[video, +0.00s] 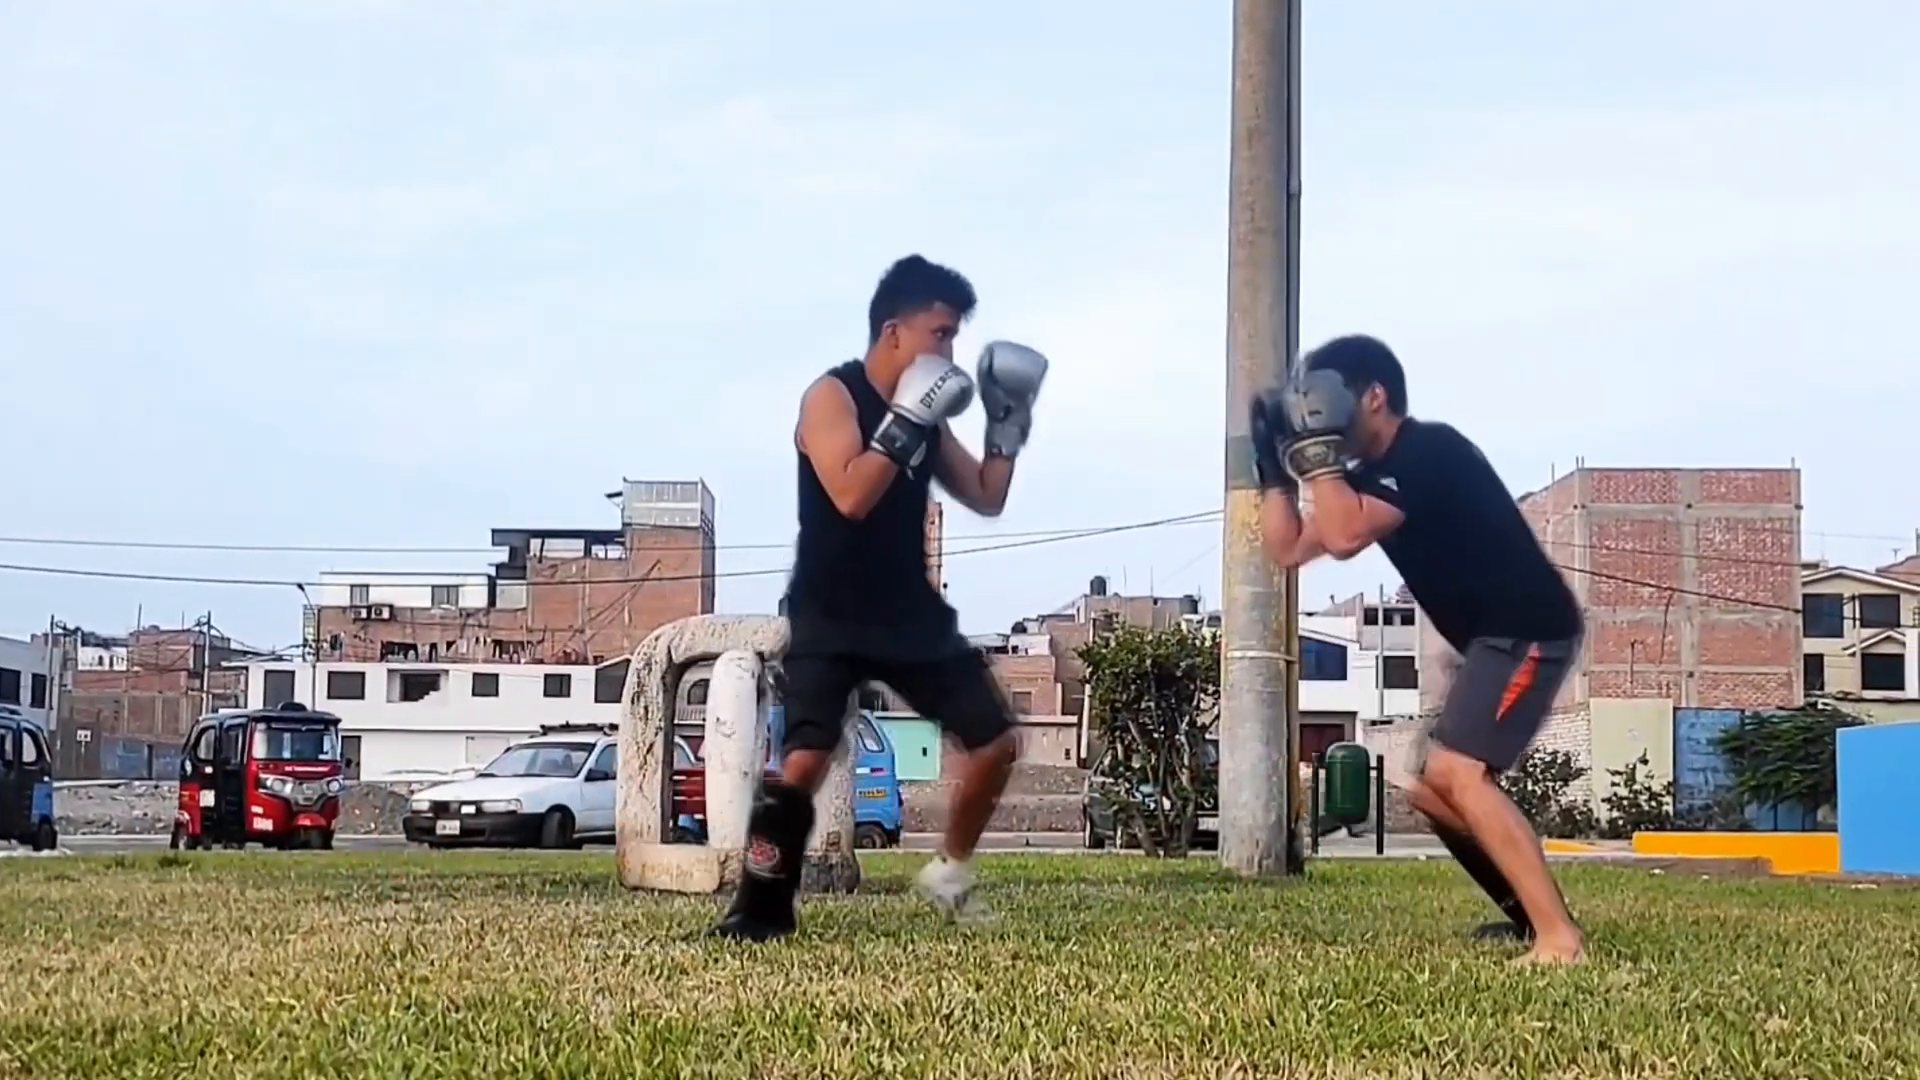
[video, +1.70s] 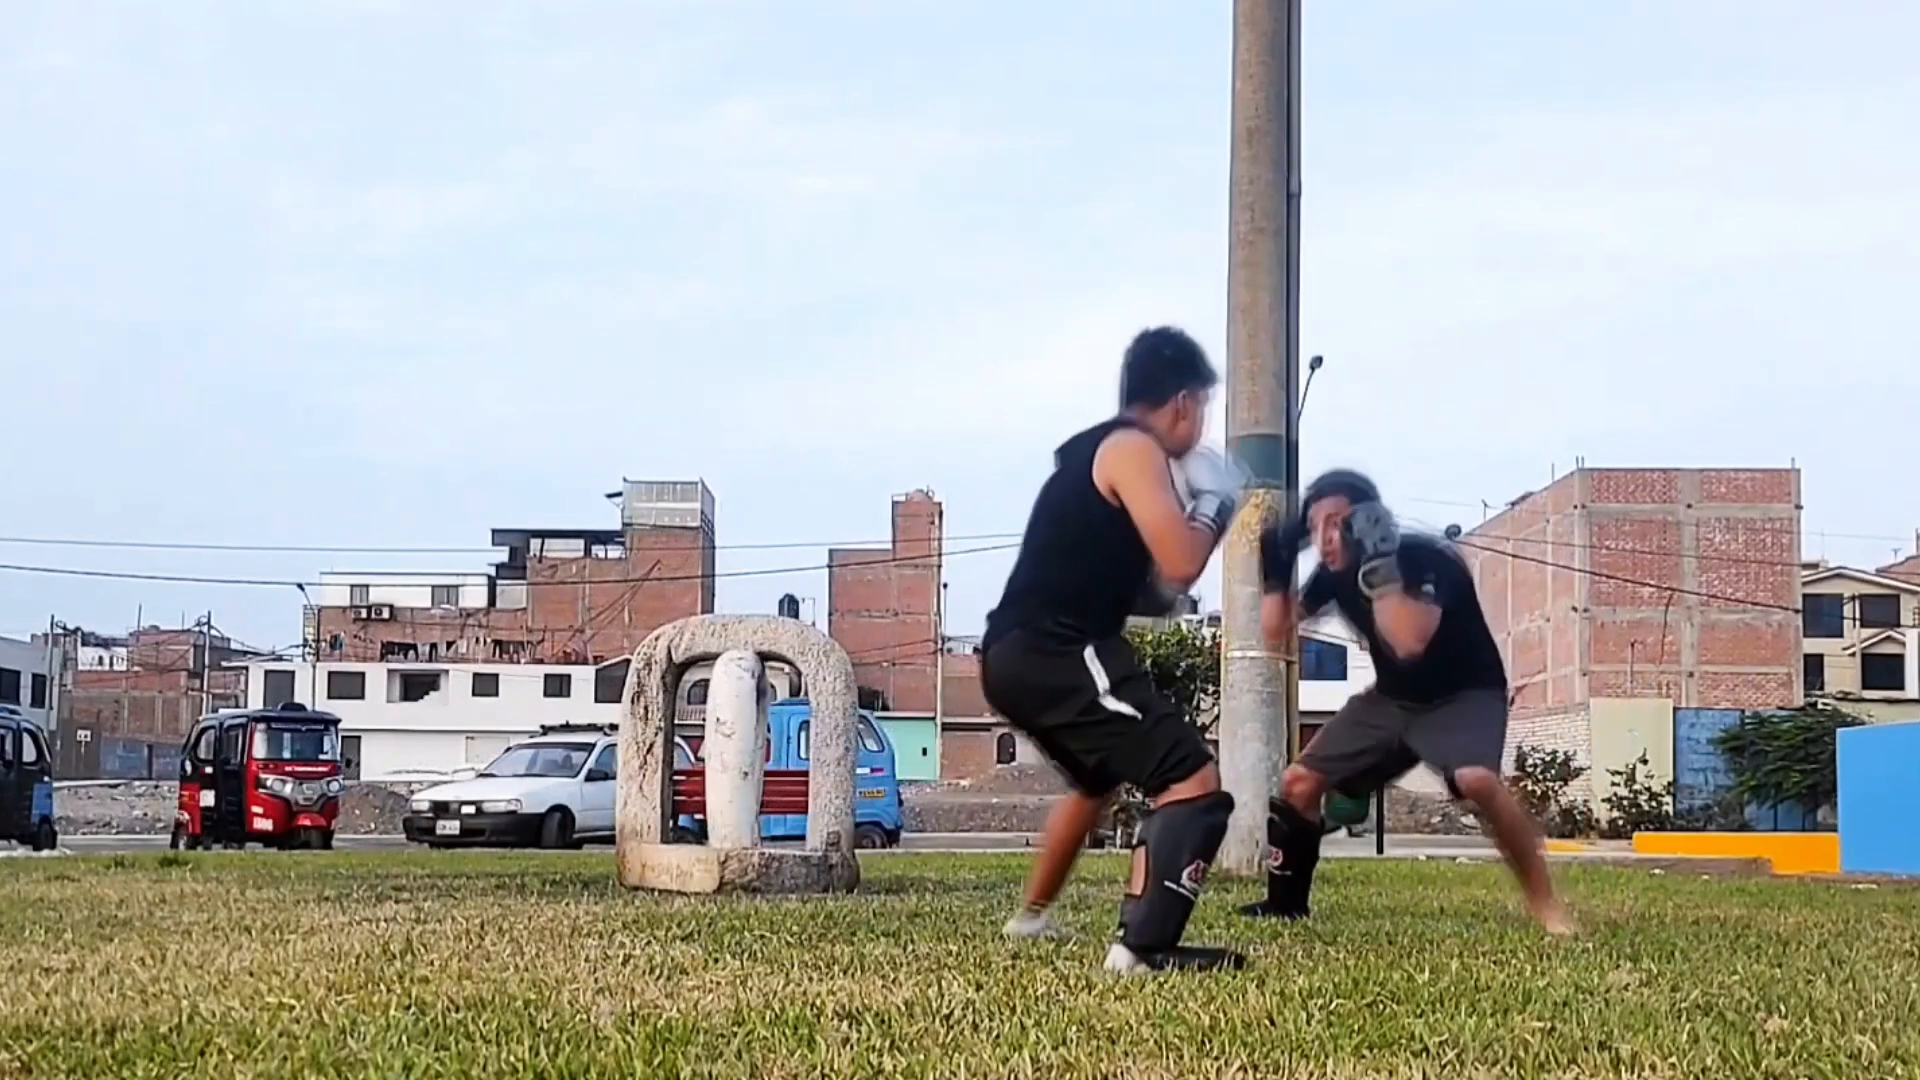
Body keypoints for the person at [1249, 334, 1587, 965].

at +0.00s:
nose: (1327, 422)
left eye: (1337, 405)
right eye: (1320, 410)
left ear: (1378, 397)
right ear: (1365, 404)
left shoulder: (1429, 448)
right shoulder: (1372, 475)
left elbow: (1343, 536)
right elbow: (1287, 552)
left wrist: (1314, 452)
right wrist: (1271, 468)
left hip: (1530, 631)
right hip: (1490, 638)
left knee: (1456, 772)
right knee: (1428, 790)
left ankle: (1559, 939)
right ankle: (1532, 918)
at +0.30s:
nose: (1376, 446)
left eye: (1382, 430)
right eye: (1367, 436)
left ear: (1418, 417)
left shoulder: (1477, 460)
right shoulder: (1416, 489)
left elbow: (1420, 557)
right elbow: (1341, 569)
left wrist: (1377, 469)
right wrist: (1316, 482)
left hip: (1573, 624)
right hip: (1510, 630)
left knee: (1501, 745)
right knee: (1439, 760)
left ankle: (1584, 931)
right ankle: (1530, 893)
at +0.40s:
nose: (1398, 535)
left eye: (1397, 519)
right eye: (1390, 528)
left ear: (1420, 494)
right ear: (1420, 500)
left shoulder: (1480, 507)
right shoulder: (1438, 551)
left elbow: (1408, 595)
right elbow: (1363, 611)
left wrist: (1371, 516)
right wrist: (1326, 532)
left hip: (1593, 662)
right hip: (1526, 672)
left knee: (1511, 753)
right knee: (1427, 780)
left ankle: (1584, 935)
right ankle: (1481, 907)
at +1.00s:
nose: (1389, 422)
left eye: (1397, 407)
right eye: (1379, 416)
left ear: (1433, 397)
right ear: (1378, 425)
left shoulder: (1493, 435)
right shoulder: (1434, 486)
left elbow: (1488, 522)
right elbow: (1455, 581)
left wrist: (1434, 459)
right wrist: (1379, 554)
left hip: (1543, 625)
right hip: (1486, 628)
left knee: (1507, 753)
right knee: (1444, 757)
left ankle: (1579, 896)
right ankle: (1488, 909)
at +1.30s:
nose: (1422, 382)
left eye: (1435, 368)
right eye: (1414, 373)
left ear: (1475, 373)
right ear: (1411, 383)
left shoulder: (1519, 442)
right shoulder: (1420, 458)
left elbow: (1506, 526)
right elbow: (1368, 538)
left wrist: (1475, 442)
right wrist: (1353, 465)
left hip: (1507, 646)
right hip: (1435, 642)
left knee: (1523, 775)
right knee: (1379, 754)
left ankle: (1576, 915)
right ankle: (1402, 879)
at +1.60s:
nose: (1345, 462)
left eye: (1356, 448)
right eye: (1337, 453)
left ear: (1390, 450)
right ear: (1331, 464)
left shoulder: (1443, 496)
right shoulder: (1346, 513)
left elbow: (1430, 574)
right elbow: (1279, 565)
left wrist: (1399, 498)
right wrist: (1291, 483)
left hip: (1467, 663)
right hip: (1395, 666)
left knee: (1490, 764)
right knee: (1319, 773)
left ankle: (1563, 898)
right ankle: (1293, 897)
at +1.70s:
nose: (1328, 539)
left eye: (1338, 524)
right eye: (1319, 528)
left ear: (1369, 522)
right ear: (1312, 532)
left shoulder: (1429, 560)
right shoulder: (1335, 576)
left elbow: (1410, 640)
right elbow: (1276, 634)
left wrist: (1378, 563)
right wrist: (1277, 564)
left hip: (1465, 695)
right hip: (1391, 698)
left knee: (1476, 781)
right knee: (1300, 785)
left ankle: (1546, 907)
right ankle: (1286, 907)